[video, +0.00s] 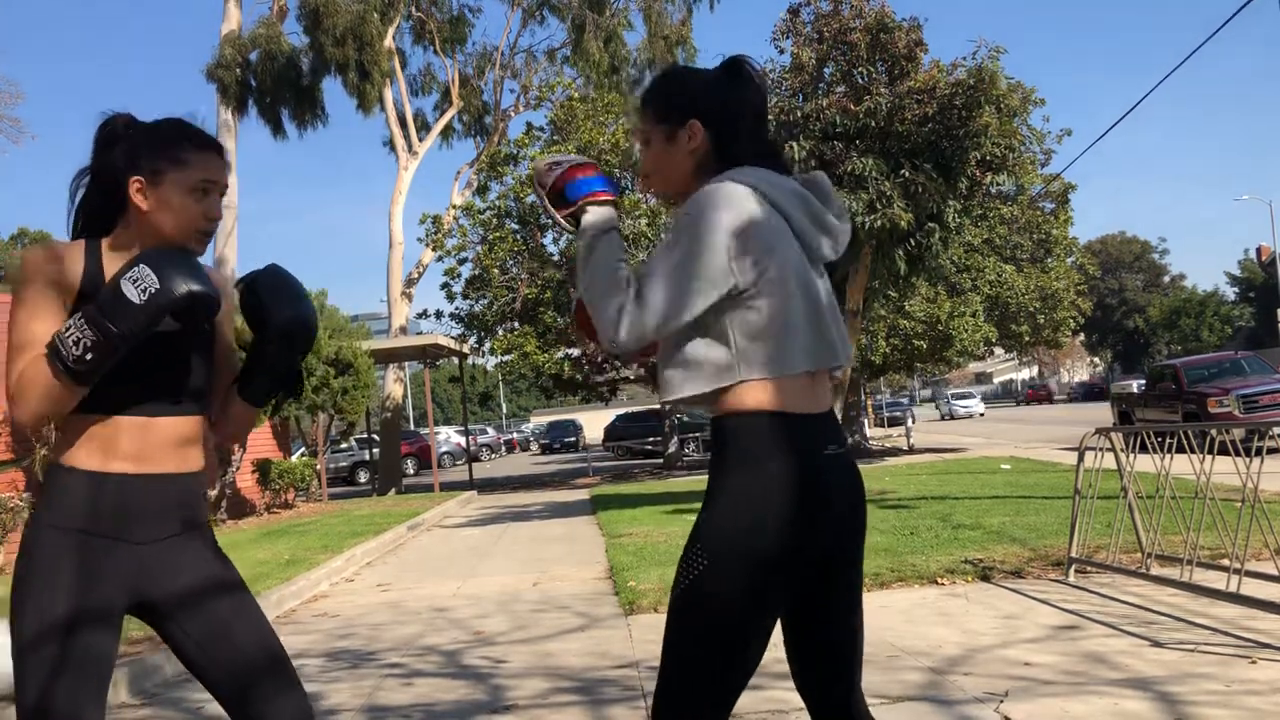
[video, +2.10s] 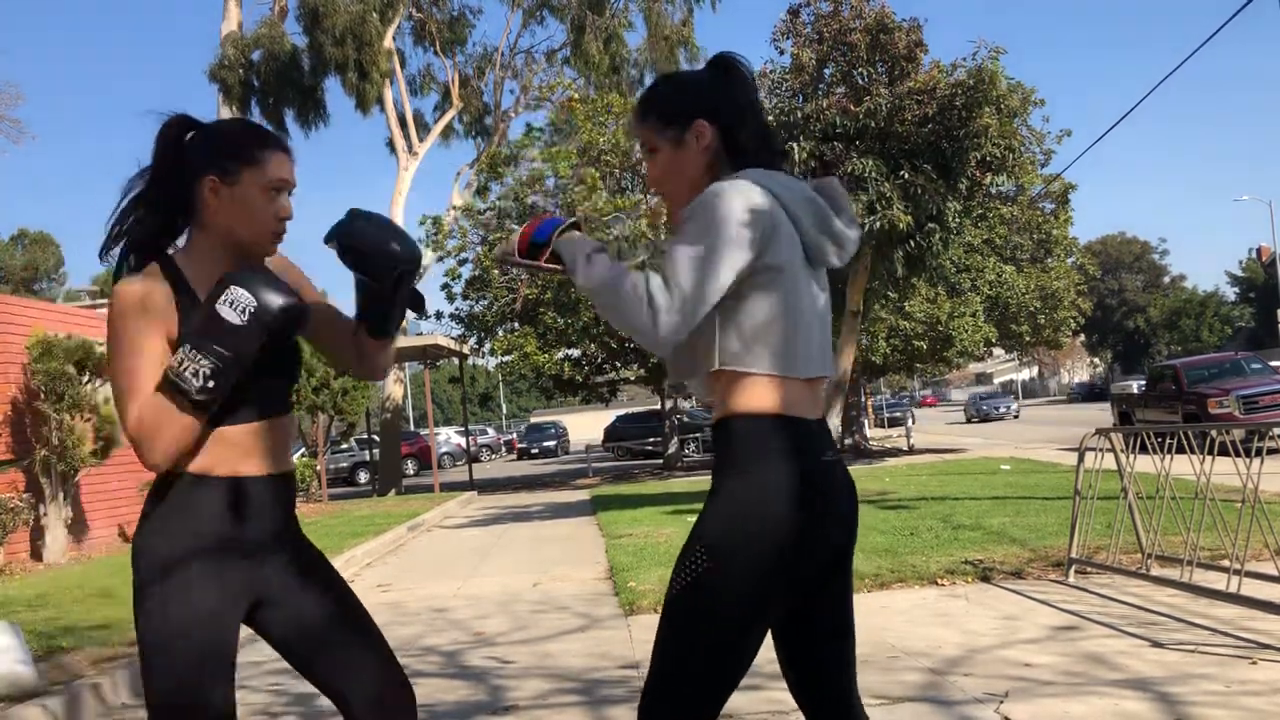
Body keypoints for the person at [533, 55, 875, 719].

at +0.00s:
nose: (639, 164)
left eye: (645, 144)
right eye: (639, 147)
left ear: (690, 137)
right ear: (693, 135)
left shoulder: (724, 206)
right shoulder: (783, 206)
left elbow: (621, 325)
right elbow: (740, 345)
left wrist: (594, 213)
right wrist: (629, 346)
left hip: (757, 478)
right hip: (826, 471)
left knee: (686, 705)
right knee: (838, 701)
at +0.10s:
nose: (657, 166)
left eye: (662, 146)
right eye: (655, 149)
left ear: (707, 137)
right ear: (714, 136)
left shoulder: (738, 205)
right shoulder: (795, 206)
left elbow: (622, 298)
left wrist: (621, 191)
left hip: (766, 472)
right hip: (832, 468)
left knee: (698, 702)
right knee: (839, 695)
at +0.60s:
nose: (651, 176)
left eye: (656, 154)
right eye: (649, 158)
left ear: (691, 146)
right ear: (739, 143)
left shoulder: (721, 202)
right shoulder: (793, 206)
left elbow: (582, 243)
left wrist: (630, 140)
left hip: (753, 483)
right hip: (827, 477)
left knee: (678, 705)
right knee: (836, 698)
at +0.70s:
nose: (629, 187)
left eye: (629, 166)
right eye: (624, 169)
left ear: (665, 146)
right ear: (694, 139)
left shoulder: (699, 202)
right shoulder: (778, 207)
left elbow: (567, 283)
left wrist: (572, 165)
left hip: (746, 473)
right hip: (822, 469)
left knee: (679, 703)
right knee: (840, 697)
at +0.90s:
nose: (633, 193)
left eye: (631, 172)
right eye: (626, 177)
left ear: (670, 148)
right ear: (676, 146)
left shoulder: (712, 203)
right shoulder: (785, 211)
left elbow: (653, 327)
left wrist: (583, 241)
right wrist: (595, 268)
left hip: (750, 479)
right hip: (825, 474)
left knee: (678, 704)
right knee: (835, 696)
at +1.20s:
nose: (672, 195)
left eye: (671, 171)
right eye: (664, 176)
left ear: (713, 146)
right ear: (725, 142)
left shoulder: (760, 200)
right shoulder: (824, 209)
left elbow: (653, 292)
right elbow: (675, 315)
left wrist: (633, 179)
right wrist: (635, 200)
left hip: (778, 474)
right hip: (844, 470)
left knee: (713, 703)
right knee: (842, 697)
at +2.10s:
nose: (647, 175)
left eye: (652, 152)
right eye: (643, 157)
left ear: (702, 137)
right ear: (708, 137)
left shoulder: (732, 203)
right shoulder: (789, 207)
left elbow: (660, 318)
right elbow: (677, 337)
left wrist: (567, 244)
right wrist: (579, 256)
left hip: (758, 485)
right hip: (816, 481)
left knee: (672, 707)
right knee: (833, 702)